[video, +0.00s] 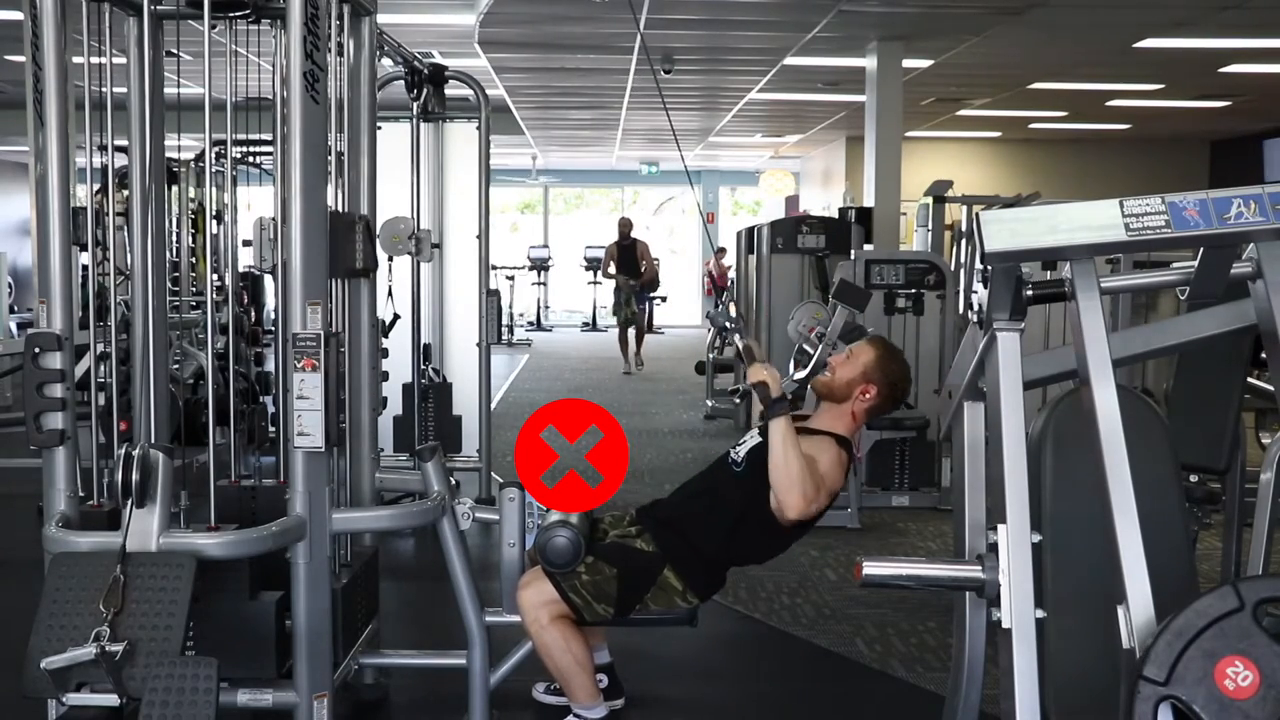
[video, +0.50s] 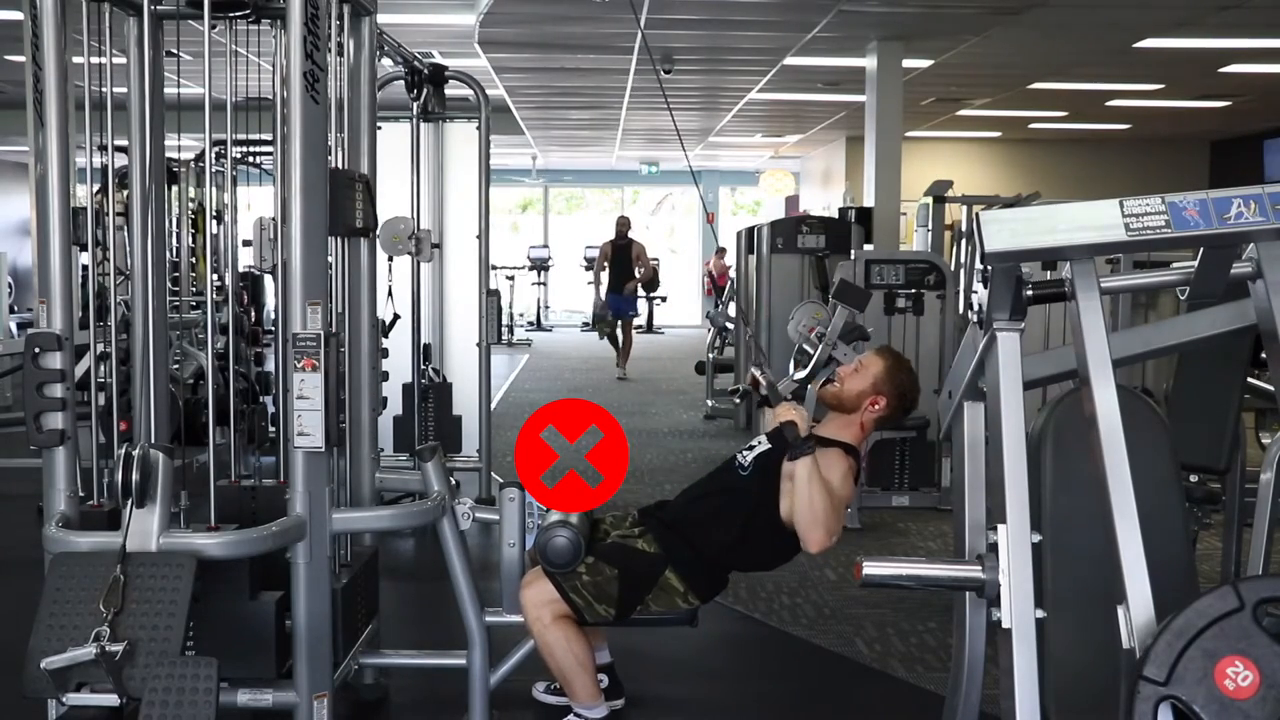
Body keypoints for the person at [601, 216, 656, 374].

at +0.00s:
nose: (623, 230)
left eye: (626, 226)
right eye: (621, 226)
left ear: (631, 228)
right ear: (617, 228)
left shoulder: (641, 246)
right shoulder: (612, 248)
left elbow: (651, 269)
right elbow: (604, 272)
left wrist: (640, 281)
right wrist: (616, 277)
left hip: (638, 289)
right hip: (622, 290)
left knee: (640, 326)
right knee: (623, 327)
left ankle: (638, 353)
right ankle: (626, 361)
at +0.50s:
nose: (621, 228)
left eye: (624, 225)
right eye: (619, 225)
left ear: (629, 228)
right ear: (615, 226)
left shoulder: (637, 247)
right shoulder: (606, 247)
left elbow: (648, 271)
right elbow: (597, 271)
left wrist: (635, 282)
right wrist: (597, 294)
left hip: (628, 294)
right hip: (611, 294)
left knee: (626, 330)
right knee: (609, 329)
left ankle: (622, 365)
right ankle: (618, 352)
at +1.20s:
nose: (601, 226)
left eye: (604, 223)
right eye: (598, 223)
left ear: (609, 225)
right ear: (594, 224)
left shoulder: (619, 244)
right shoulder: (587, 247)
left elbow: (630, 268)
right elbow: (577, 274)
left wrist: (635, 292)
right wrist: (571, 300)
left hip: (615, 296)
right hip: (596, 296)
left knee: (617, 332)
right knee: (596, 334)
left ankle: (615, 366)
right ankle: (598, 372)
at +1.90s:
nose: (600, 225)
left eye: (603, 222)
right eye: (597, 222)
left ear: (608, 224)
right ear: (592, 223)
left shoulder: (617, 246)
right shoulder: (583, 246)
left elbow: (624, 274)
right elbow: (574, 274)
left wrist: (621, 296)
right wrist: (569, 301)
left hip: (609, 299)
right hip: (589, 298)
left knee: (608, 339)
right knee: (585, 338)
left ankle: (604, 378)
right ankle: (586, 379)